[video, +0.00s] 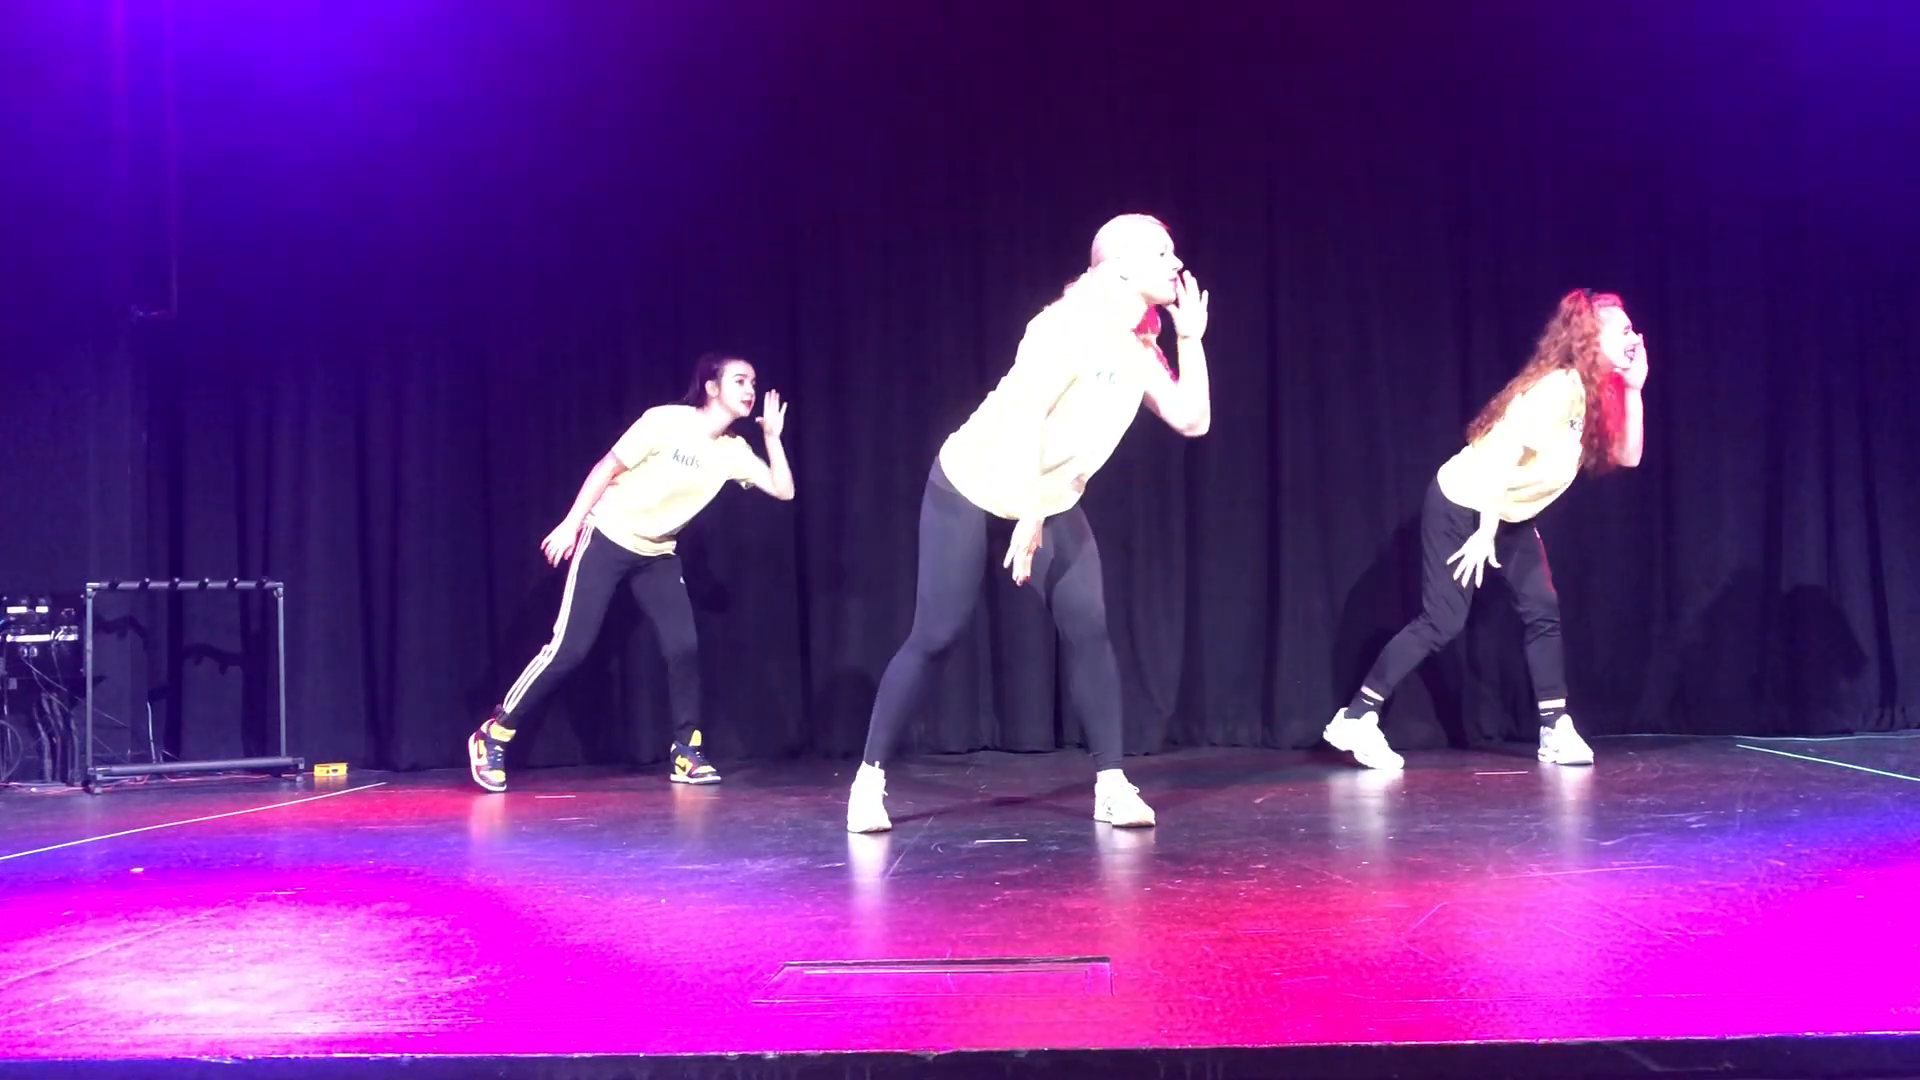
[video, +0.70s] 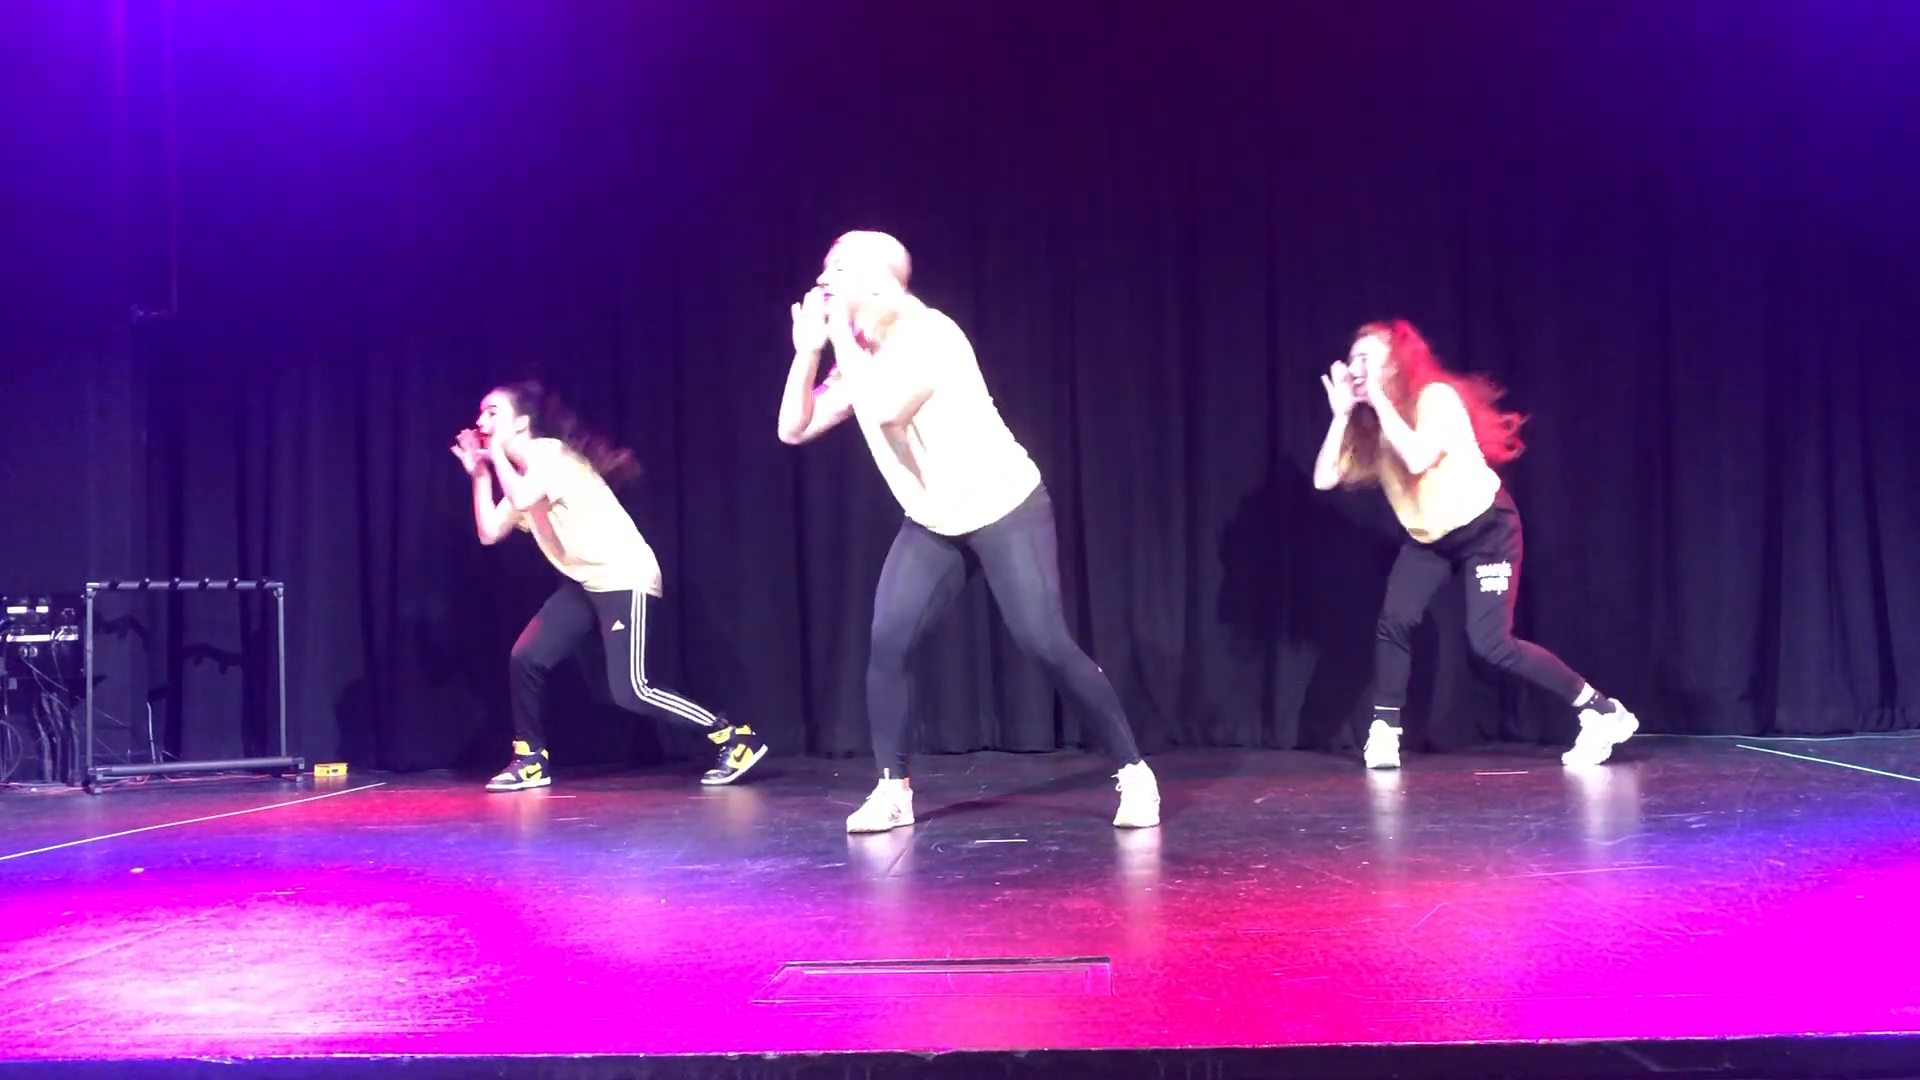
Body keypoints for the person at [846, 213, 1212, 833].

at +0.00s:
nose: (1175, 265)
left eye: (1173, 254)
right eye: (1159, 254)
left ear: (1161, 268)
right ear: (1115, 265)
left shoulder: (1138, 350)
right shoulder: (1074, 319)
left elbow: (1192, 419)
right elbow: (1024, 409)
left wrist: (1190, 336)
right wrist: (1029, 505)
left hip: (1050, 494)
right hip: (972, 484)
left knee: (1089, 627)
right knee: (936, 631)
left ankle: (1112, 781)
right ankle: (870, 777)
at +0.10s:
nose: (1160, 281)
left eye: (1160, 270)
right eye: (1144, 270)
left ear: (1158, 281)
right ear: (1104, 280)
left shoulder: (1132, 368)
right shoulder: (1047, 345)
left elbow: (1192, 435)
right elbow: (992, 440)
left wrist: (1181, 352)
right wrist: (993, 542)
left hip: (1054, 509)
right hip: (974, 501)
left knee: (1107, 634)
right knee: (935, 646)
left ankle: (1113, 783)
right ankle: (885, 780)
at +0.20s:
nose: (1120, 275)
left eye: (1121, 265)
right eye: (1105, 263)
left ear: (1119, 274)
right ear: (1065, 273)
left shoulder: (1122, 350)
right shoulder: (1007, 341)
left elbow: (1178, 428)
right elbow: (940, 428)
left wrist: (1148, 341)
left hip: (1061, 520)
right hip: (976, 518)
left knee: (1108, 636)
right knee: (928, 650)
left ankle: (1113, 783)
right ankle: (887, 785)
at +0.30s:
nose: (1074, 237)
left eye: (1071, 225)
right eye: (1058, 225)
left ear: (1068, 235)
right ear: (1019, 237)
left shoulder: (1092, 311)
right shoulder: (968, 303)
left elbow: (1132, 381)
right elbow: (893, 372)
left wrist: (1084, 292)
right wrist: (819, 388)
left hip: (1052, 491)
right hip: (965, 492)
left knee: (1095, 625)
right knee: (921, 632)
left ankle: (1115, 779)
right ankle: (888, 782)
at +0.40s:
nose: (947, 208)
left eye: (964, 197)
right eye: (947, 198)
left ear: (1009, 211)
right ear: (946, 217)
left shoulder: (1053, 283)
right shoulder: (926, 288)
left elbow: (1049, 345)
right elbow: (851, 352)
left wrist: (1012, 263)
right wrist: (818, 294)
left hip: (1040, 478)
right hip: (951, 482)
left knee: (1080, 621)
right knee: (918, 625)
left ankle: (1125, 771)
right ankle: (888, 781)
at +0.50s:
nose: (892, 223)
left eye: (907, 212)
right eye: (895, 213)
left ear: (953, 224)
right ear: (909, 229)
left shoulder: (1002, 281)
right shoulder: (892, 304)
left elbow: (975, 358)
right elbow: (813, 359)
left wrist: (947, 273)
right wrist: (830, 280)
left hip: (1025, 479)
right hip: (942, 490)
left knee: (1069, 619)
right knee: (913, 628)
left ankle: (1132, 769)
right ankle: (893, 785)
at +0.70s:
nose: (825, 278)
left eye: (840, 267)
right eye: (826, 268)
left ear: (882, 279)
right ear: (833, 283)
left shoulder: (932, 332)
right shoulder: (861, 361)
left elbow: (888, 408)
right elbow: (794, 429)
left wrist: (839, 331)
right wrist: (805, 351)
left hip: (1004, 504)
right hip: (933, 517)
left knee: (1043, 640)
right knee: (888, 639)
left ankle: (1134, 773)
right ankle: (893, 788)